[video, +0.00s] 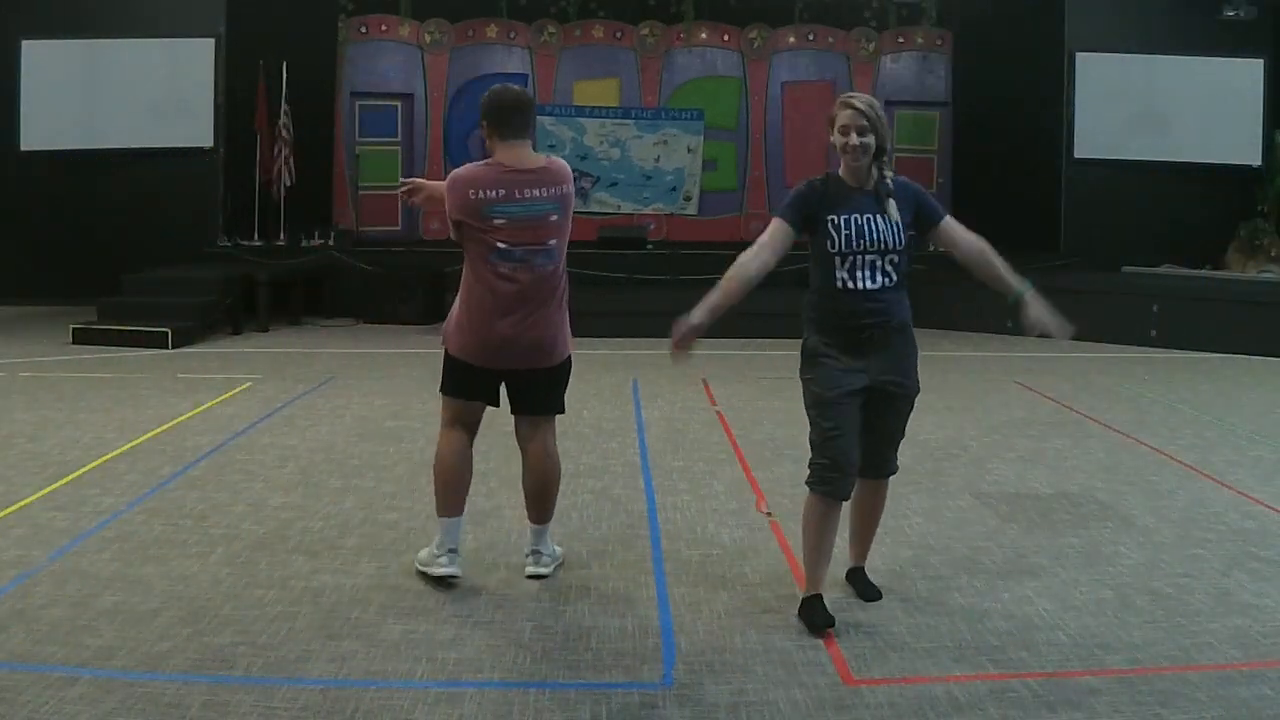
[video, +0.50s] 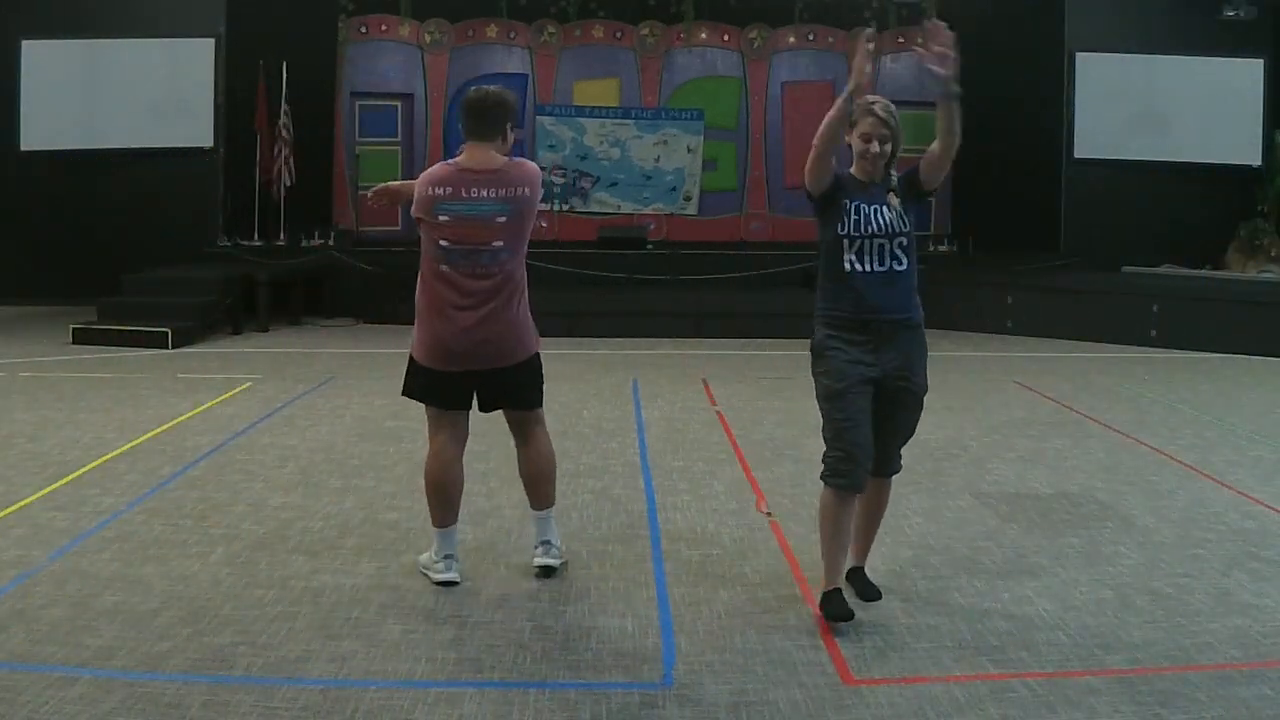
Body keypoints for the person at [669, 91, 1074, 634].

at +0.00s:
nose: (850, 139)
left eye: (860, 131)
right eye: (841, 131)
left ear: (879, 138)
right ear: (830, 139)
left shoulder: (907, 197)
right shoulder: (812, 197)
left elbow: (968, 245)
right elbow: (758, 255)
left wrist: (1025, 295)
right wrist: (702, 313)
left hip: (892, 354)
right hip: (831, 354)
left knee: (877, 467)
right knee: (833, 471)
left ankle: (858, 567)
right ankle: (812, 593)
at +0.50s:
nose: (873, 144)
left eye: (882, 137)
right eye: (865, 136)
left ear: (896, 144)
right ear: (850, 140)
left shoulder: (910, 186)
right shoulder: (830, 187)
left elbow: (945, 149)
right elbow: (821, 151)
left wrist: (946, 85)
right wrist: (852, 89)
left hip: (902, 343)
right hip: (842, 344)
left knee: (883, 464)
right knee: (848, 463)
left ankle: (857, 566)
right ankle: (832, 585)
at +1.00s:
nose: (875, 136)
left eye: (883, 128)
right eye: (865, 128)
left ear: (897, 135)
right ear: (849, 135)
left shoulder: (925, 186)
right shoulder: (831, 190)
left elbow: (1004, 168)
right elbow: (761, 178)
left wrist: (1074, 157)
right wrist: (697, 163)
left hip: (906, 352)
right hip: (845, 350)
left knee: (887, 474)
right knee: (853, 474)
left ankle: (860, 568)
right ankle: (853, 598)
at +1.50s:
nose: (868, 128)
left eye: (876, 119)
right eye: (854, 124)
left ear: (893, 127)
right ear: (837, 139)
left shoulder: (916, 178)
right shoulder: (841, 183)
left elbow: (952, 163)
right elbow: (888, 144)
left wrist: (946, 108)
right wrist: (946, 84)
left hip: (933, 347)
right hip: (868, 351)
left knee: (975, 471)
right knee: (864, 483)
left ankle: (994, 589)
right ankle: (857, 601)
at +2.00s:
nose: (942, 127)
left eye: (951, 118)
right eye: (931, 122)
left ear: (972, 132)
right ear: (923, 137)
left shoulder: (995, 202)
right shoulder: (925, 179)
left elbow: (1039, 253)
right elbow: (1011, 201)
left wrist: (1034, 175)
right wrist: (1099, 200)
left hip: (1001, 360)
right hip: (936, 361)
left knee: (1010, 487)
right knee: (906, 490)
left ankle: (1015, 603)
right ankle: (864, 601)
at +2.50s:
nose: (1020, 123)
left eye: (1028, 115)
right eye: (1007, 117)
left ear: (1041, 130)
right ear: (989, 132)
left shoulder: (1041, 206)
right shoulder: (990, 175)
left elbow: (1072, 281)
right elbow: (1063, 228)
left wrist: (1081, 215)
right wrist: (1096, 226)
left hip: (1025, 361)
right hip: (961, 356)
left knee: (1021, 486)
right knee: (908, 481)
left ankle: (1014, 604)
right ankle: (842, 594)